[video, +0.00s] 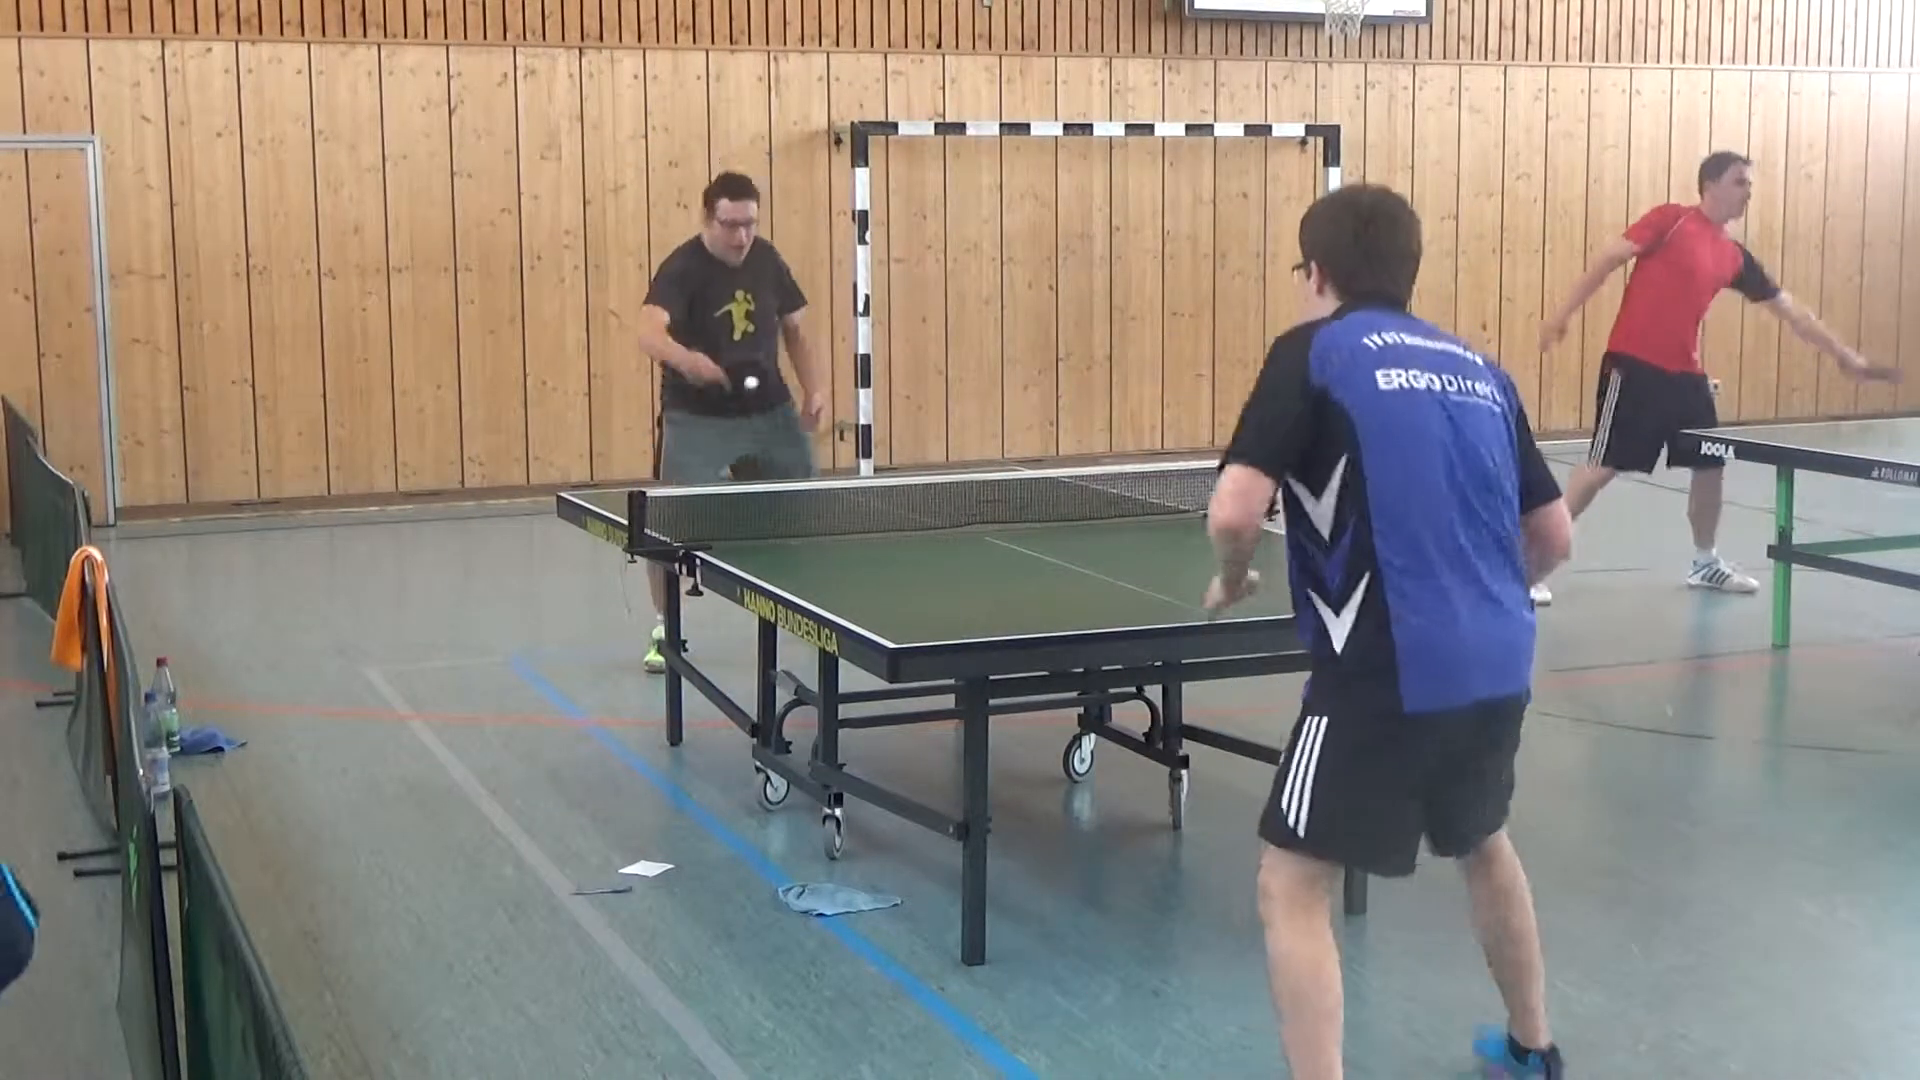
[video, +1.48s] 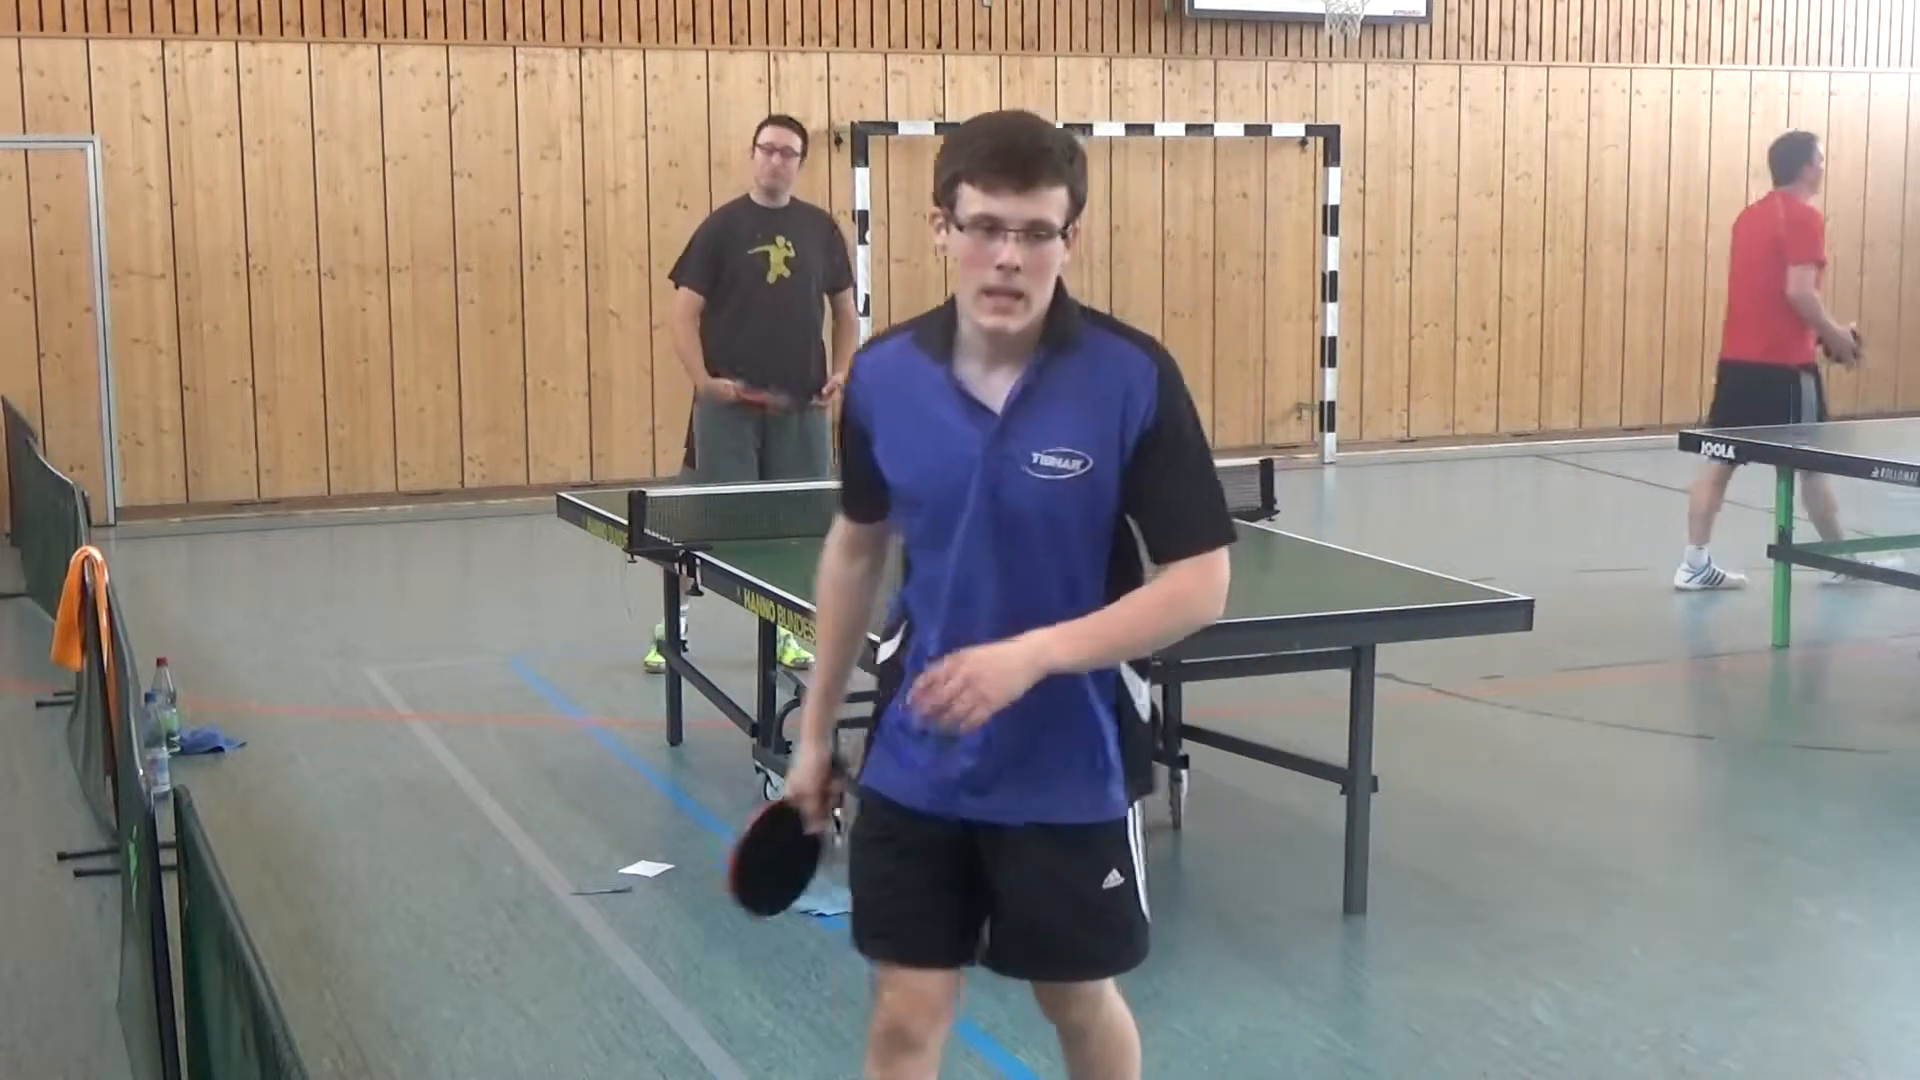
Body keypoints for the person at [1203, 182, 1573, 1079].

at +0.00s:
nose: (1301, 282)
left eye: (1304, 269)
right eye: (1304, 268)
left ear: (1323, 277)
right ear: (1408, 275)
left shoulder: (1310, 353)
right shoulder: (1482, 370)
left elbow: (1235, 514)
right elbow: (1551, 535)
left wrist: (1230, 576)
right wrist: (1486, 587)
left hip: (1382, 674)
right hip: (1497, 670)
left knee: (1293, 883)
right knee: (1484, 844)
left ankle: (1318, 1071)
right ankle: (1535, 1045)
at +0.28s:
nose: (1275, 340)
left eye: (1276, 320)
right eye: (1273, 320)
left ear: (1308, 318)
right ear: (1370, 309)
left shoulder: (1317, 394)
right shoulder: (1437, 391)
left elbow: (1282, 568)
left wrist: (1287, 544)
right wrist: (1242, 629)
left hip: (1379, 712)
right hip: (1496, 707)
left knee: (1220, 895)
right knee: (1496, 873)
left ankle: (1193, 1070)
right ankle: (1565, 1070)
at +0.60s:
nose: (1091, 323)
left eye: (1110, 302)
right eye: (1084, 303)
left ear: (1181, 297)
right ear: (1179, 305)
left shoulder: (1221, 401)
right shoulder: (1193, 392)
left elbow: (1239, 595)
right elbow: (1091, 529)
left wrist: (1116, 672)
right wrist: (941, 548)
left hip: (1245, 736)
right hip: (1319, 718)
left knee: (1083, 939)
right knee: (1358, 887)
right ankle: (1499, 1060)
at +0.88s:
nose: (1038, 276)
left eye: (1065, 253)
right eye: (1026, 251)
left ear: (1132, 257)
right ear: (1012, 248)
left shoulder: (1180, 378)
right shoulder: (1073, 366)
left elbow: (1228, 582)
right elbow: (1080, 554)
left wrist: (1062, 688)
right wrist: (1047, 691)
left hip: (1164, 725)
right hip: (1112, 709)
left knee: (1056, 945)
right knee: (1143, 919)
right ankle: (1229, 1069)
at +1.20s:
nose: (1045, 244)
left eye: (1075, 223)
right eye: (1025, 217)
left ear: (1119, 234)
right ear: (999, 220)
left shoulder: (1181, 374)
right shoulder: (983, 352)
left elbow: (1237, 568)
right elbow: (997, 518)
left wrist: (1055, 633)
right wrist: (977, 670)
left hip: (1117, 745)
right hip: (997, 718)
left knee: (1126, 978)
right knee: (938, 956)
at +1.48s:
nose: (1008, 258)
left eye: (1036, 234)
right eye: (985, 230)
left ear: (1072, 240)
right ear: (942, 232)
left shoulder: (1132, 380)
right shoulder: (881, 376)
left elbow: (1200, 585)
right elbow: (856, 544)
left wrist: (1030, 655)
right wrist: (813, 734)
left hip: (1061, 769)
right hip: (915, 762)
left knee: (1082, 1005)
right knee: (902, 1025)